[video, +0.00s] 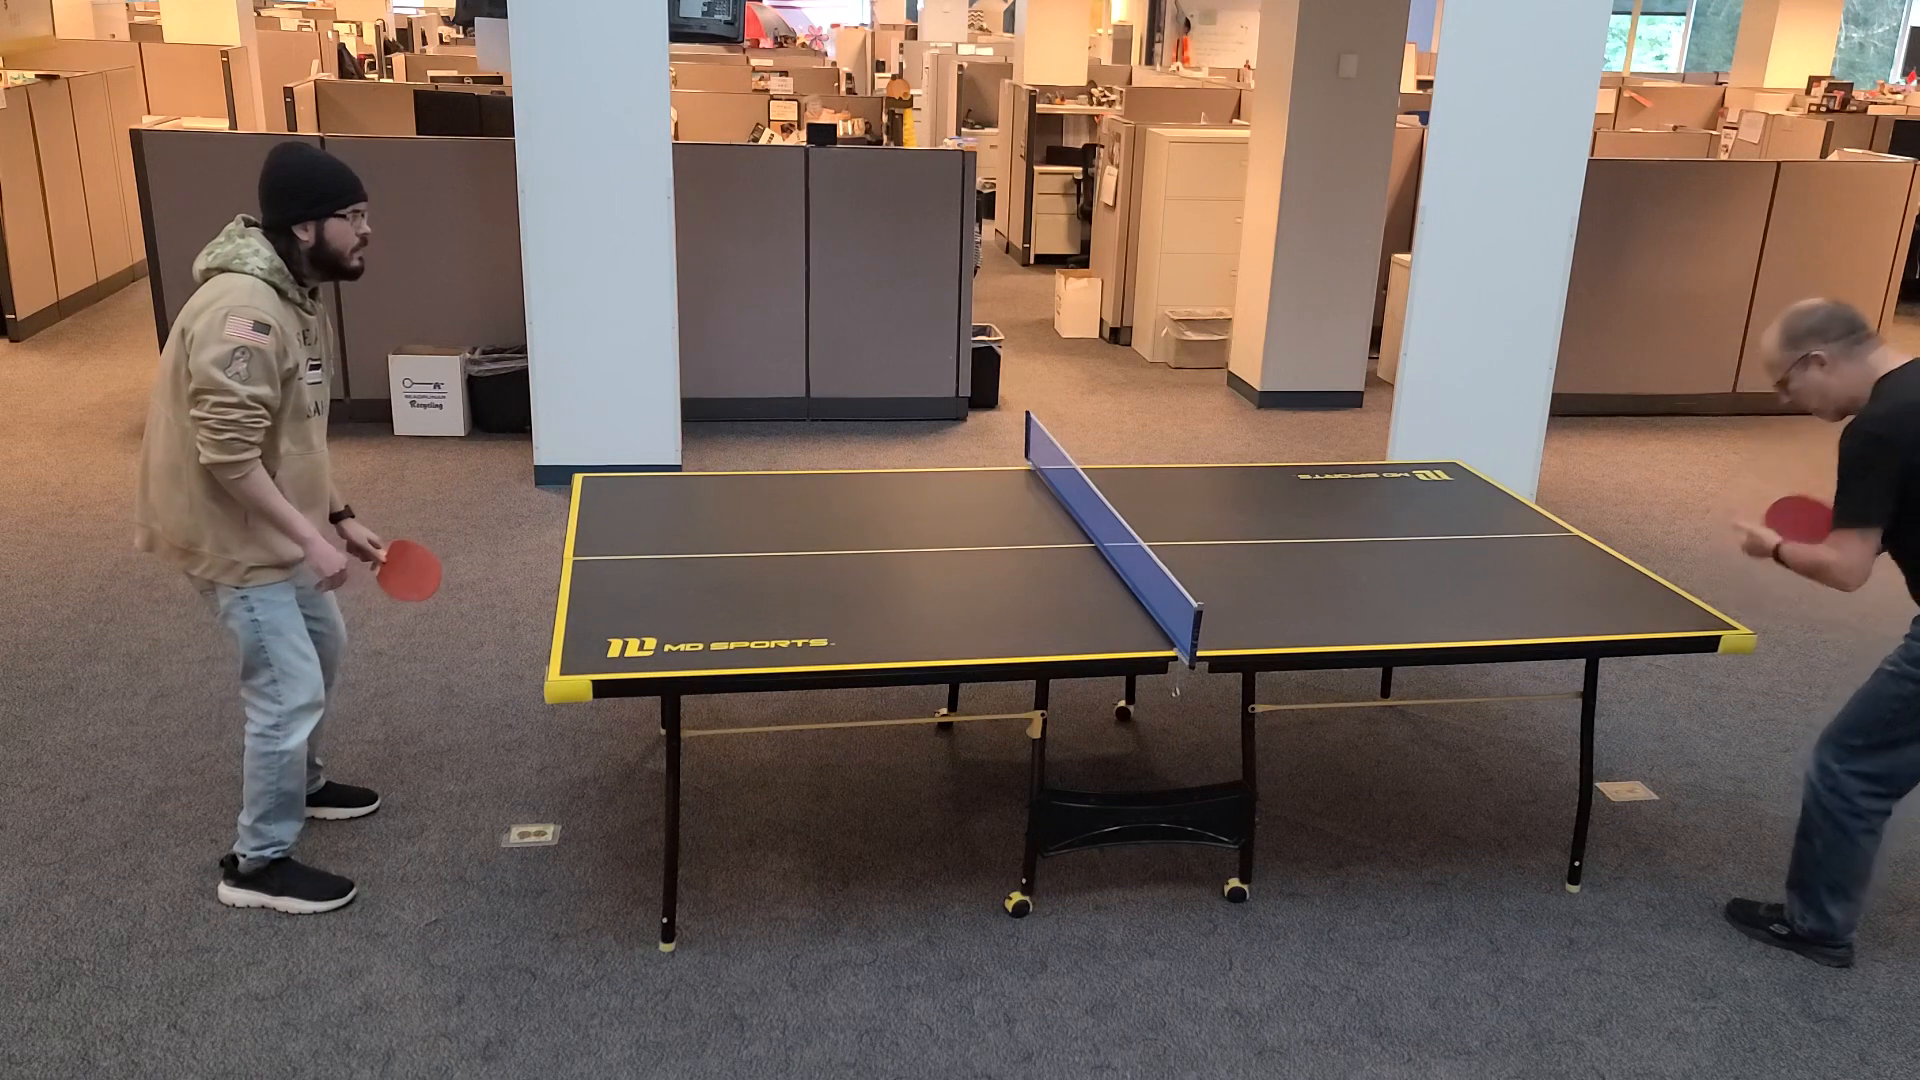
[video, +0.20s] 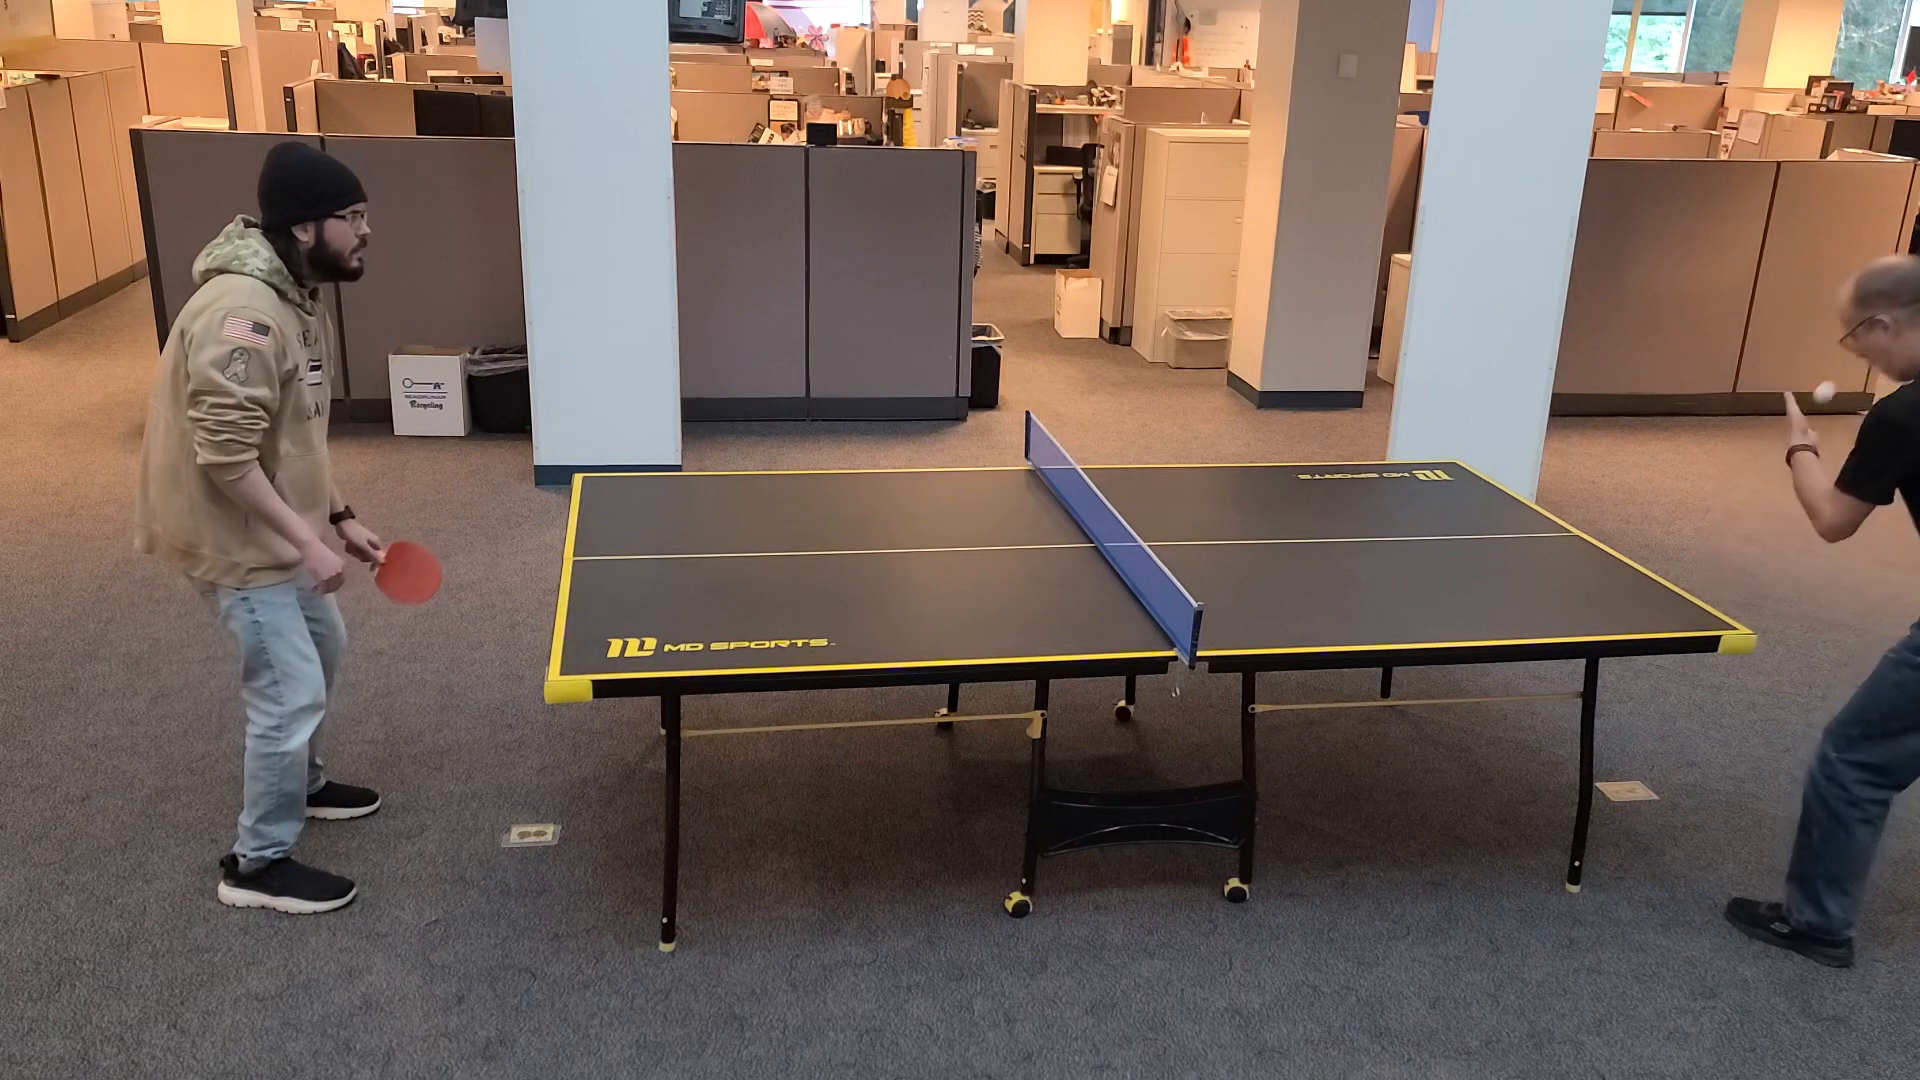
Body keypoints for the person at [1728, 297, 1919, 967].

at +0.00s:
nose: (1793, 402)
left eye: (1788, 384)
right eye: (1785, 390)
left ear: (1821, 358)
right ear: (1839, 353)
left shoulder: (1878, 429)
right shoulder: (1912, 387)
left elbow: (1847, 568)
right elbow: (1914, 514)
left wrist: (1774, 547)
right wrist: (1837, 525)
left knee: (1849, 761)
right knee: (1862, 758)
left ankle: (1820, 923)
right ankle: (1821, 920)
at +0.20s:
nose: (1855, 350)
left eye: (1858, 334)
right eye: (1851, 335)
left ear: (1898, 323)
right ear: (1904, 324)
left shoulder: (1904, 414)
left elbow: (1834, 519)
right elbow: (1838, 513)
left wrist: (1800, 449)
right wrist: (1812, 458)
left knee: (1853, 758)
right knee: (1863, 755)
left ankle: (1819, 922)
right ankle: (1821, 918)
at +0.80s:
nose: (1756, 340)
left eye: (1757, 324)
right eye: (1752, 326)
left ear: (1803, 307)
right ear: (1808, 304)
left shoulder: (1873, 371)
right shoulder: (1883, 352)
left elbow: (1919, 495)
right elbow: (1900, 488)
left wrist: (1854, 575)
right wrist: (1836, 536)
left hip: (1900, 606)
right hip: (1902, 598)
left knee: (1817, 756)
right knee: (1918, 740)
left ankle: (1822, 915)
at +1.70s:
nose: (1755, 302)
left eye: (1771, 291)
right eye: (1754, 288)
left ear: (1825, 291)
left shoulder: (1894, 362)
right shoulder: (1765, 353)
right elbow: (1728, 428)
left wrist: (1872, 553)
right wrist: (1711, 503)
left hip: (1885, 552)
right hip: (1788, 538)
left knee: (1906, 701)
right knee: (1705, 631)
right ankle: (1700, 740)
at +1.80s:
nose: (1783, 314)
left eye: (1799, 302)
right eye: (1783, 299)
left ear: (1856, 300)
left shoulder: (1911, 364)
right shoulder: (1788, 356)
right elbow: (1750, 435)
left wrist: (1900, 562)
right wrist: (1742, 519)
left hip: (1895, 554)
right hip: (1807, 537)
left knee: (1904, 705)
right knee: (1718, 630)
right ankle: (1701, 739)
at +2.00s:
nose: (1840, 330)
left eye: (1857, 318)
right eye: (1838, 313)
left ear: (1910, 317)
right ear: (1840, 306)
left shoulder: (1918, 383)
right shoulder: (1832, 370)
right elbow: (1782, 450)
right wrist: (1745, 517)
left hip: (1911, 573)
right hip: (1836, 546)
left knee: (1915, 717)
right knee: (1747, 642)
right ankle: (1705, 741)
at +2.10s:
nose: (1859, 326)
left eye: (1878, 315)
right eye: (1857, 309)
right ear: (1855, 301)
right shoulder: (1841, 367)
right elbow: (1763, 435)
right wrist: (1704, 485)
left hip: (1917, 567)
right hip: (1846, 541)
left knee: (1919, 716)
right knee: (1757, 645)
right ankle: (1706, 742)